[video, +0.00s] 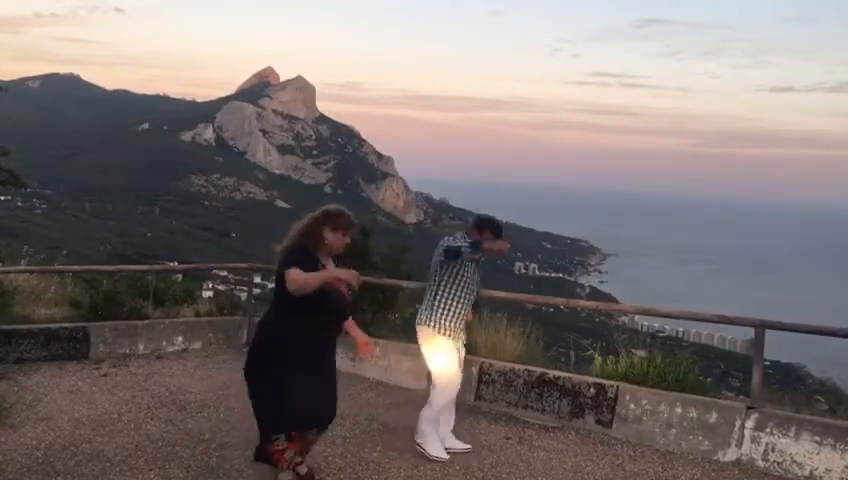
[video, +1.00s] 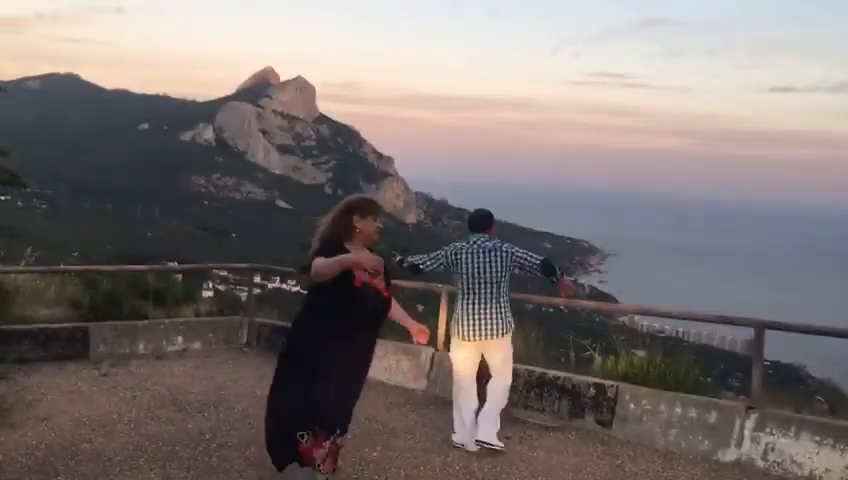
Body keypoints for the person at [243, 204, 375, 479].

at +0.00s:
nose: (346, 242)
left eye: (348, 237)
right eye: (343, 235)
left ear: (330, 234)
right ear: (326, 230)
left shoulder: (329, 266)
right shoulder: (298, 253)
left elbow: (335, 309)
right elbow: (294, 284)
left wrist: (358, 335)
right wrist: (332, 274)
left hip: (316, 352)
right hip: (283, 350)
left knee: (322, 412)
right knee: (290, 412)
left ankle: (295, 460)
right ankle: (285, 468)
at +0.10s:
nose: (346, 243)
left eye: (347, 237)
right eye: (342, 236)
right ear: (323, 233)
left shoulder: (334, 266)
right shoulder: (297, 257)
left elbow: (348, 305)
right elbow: (290, 286)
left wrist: (376, 329)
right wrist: (337, 282)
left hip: (322, 351)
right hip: (287, 350)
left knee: (331, 413)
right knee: (290, 407)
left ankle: (307, 456)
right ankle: (283, 458)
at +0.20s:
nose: (346, 237)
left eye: (349, 232)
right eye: (341, 230)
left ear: (352, 235)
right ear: (325, 228)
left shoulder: (346, 264)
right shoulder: (301, 254)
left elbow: (361, 293)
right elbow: (293, 290)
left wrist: (397, 310)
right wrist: (339, 297)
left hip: (327, 347)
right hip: (289, 347)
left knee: (332, 411)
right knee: (290, 411)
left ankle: (313, 458)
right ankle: (284, 466)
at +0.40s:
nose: (353, 232)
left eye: (355, 227)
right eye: (347, 225)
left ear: (356, 230)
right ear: (330, 225)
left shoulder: (357, 257)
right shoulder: (308, 255)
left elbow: (379, 277)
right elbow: (298, 303)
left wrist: (422, 273)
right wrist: (326, 333)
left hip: (341, 341)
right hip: (303, 338)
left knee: (330, 402)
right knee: (301, 399)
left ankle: (321, 463)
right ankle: (295, 464)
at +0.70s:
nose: (363, 236)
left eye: (365, 230)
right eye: (357, 230)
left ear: (366, 233)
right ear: (339, 230)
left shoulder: (367, 261)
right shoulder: (317, 260)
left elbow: (394, 284)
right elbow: (304, 292)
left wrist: (435, 286)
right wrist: (313, 307)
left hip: (353, 345)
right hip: (316, 346)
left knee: (346, 402)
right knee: (316, 401)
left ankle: (333, 462)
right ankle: (307, 460)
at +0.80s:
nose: (373, 230)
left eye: (374, 224)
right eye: (367, 223)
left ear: (366, 227)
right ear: (348, 223)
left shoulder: (372, 259)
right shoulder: (323, 251)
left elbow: (393, 290)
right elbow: (305, 282)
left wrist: (432, 305)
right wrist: (326, 286)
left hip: (351, 346)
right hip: (314, 345)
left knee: (343, 412)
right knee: (312, 411)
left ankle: (330, 467)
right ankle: (303, 469)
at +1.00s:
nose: (379, 227)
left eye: (379, 221)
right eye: (375, 221)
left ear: (363, 224)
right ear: (357, 221)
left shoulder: (373, 263)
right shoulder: (332, 247)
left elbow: (384, 299)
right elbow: (316, 271)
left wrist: (411, 324)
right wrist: (353, 258)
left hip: (351, 351)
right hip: (316, 343)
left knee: (337, 407)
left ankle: (322, 465)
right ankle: (298, 466)